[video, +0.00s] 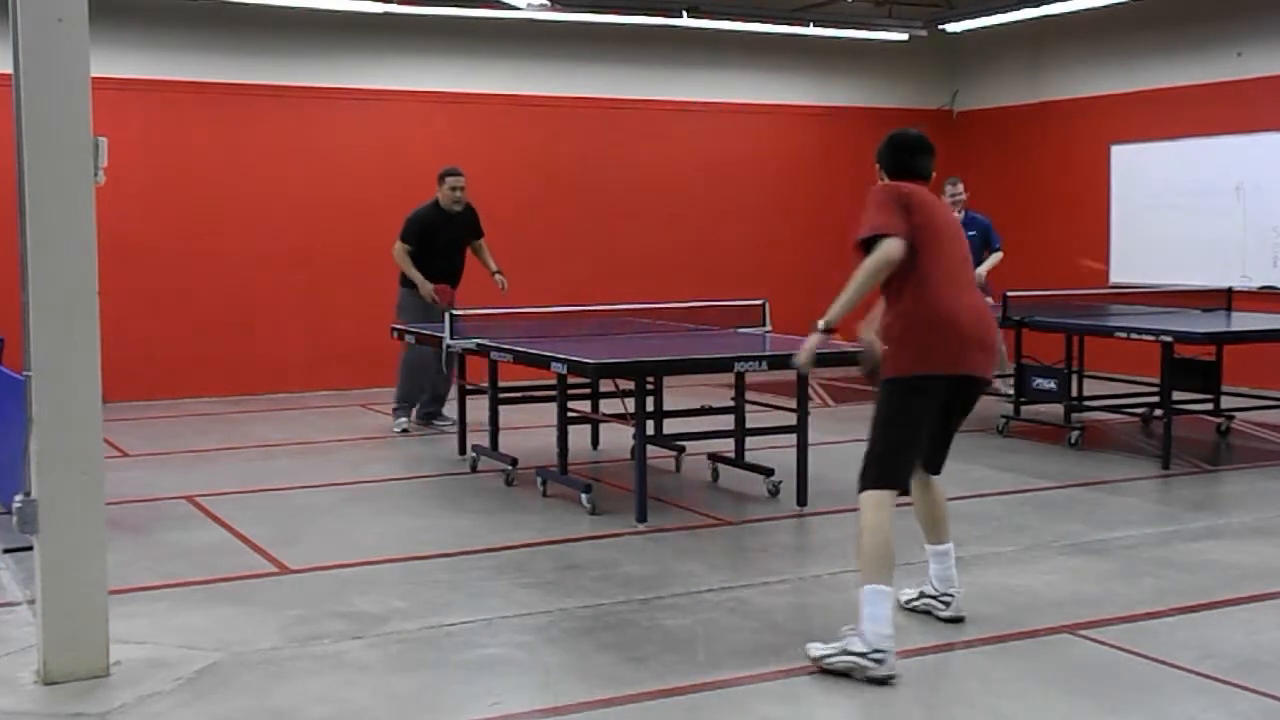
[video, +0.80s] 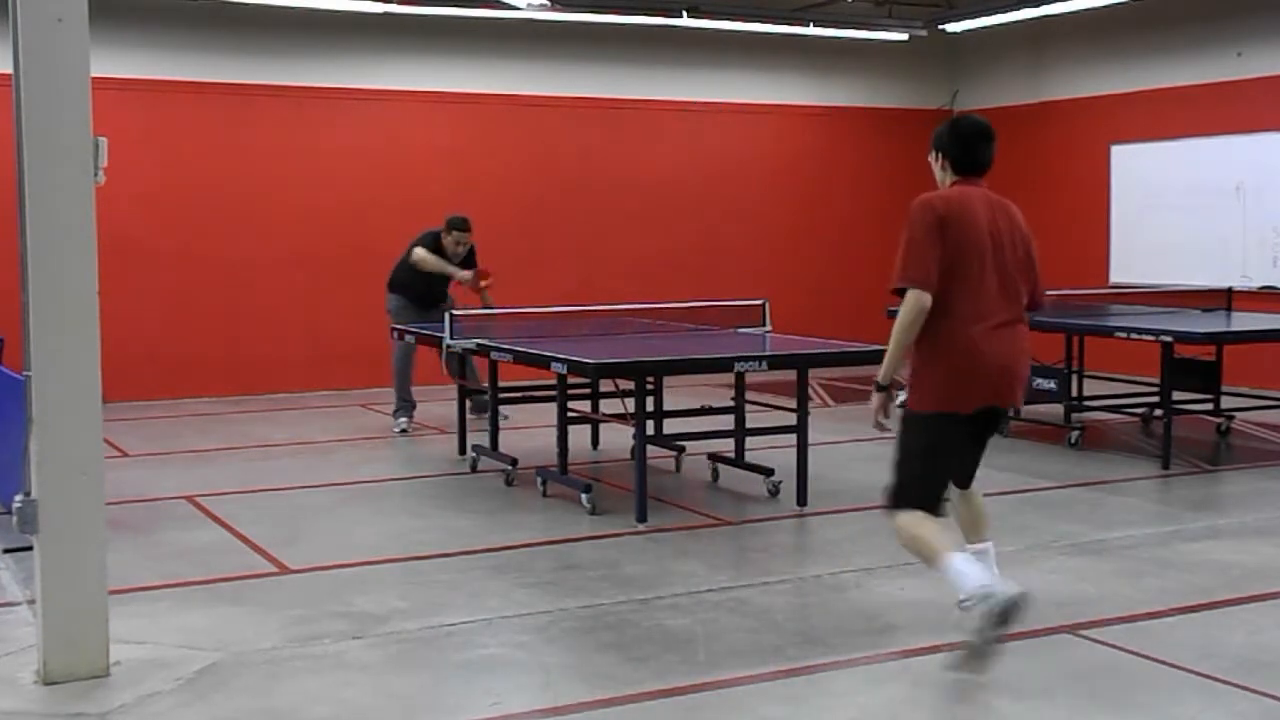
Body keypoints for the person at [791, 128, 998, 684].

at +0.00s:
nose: (875, 176)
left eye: (875, 169)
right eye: (881, 169)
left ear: (882, 170)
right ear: (928, 172)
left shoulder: (890, 193)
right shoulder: (946, 213)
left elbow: (891, 251)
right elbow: (936, 292)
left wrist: (822, 327)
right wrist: (877, 337)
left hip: (921, 354)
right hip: (976, 354)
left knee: (877, 488)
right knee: (924, 469)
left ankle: (873, 641)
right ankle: (943, 591)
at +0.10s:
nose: (882, 175)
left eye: (882, 168)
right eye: (884, 168)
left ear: (889, 169)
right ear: (936, 168)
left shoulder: (903, 191)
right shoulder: (950, 205)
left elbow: (919, 246)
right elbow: (922, 267)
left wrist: (853, 329)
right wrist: (855, 286)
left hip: (941, 352)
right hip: (986, 351)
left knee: (899, 482)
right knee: (927, 471)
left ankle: (911, 640)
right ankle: (944, 590)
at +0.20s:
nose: (890, 170)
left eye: (890, 163)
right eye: (892, 163)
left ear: (898, 163)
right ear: (940, 161)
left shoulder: (915, 186)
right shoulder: (956, 201)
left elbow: (932, 251)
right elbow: (904, 264)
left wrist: (874, 334)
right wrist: (838, 278)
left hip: (957, 352)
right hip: (994, 352)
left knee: (922, 489)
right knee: (932, 477)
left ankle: (971, 634)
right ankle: (940, 584)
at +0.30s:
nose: (902, 170)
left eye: (903, 162)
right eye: (904, 161)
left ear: (911, 162)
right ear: (956, 159)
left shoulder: (931, 191)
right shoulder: (967, 198)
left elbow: (941, 269)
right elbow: (924, 274)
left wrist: (881, 347)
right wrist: (852, 291)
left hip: (968, 359)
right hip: (996, 354)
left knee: (947, 502)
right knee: (931, 456)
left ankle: (1041, 628)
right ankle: (942, 590)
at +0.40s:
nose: (916, 177)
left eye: (915, 169)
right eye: (916, 170)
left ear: (925, 170)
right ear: (971, 167)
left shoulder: (941, 208)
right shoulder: (997, 215)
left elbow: (944, 294)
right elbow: (985, 296)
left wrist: (887, 365)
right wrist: (907, 317)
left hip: (978, 382)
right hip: (1018, 375)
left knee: (971, 523)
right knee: (936, 452)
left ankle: (1099, 640)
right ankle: (942, 589)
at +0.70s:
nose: (930, 168)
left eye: (932, 160)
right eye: (933, 159)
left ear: (942, 167)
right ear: (989, 169)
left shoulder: (936, 217)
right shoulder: (1015, 220)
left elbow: (927, 307)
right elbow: (1029, 304)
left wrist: (893, 386)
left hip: (962, 390)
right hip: (1015, 387)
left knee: (947, 529)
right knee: (972, 484)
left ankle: (1060, 615)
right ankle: (991, 592)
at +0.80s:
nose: (930, 163)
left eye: (931, 156)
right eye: (933, 155)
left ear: (941, 160)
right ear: (986, 161)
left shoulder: (932, 209)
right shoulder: (1009, 213)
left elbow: (918, 298)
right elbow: (1032, 298)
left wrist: (885, 379)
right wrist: (976, 322)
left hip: (946, 377)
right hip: (1002, 378)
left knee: (908, 509)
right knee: (961, 487)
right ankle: (991, 596)